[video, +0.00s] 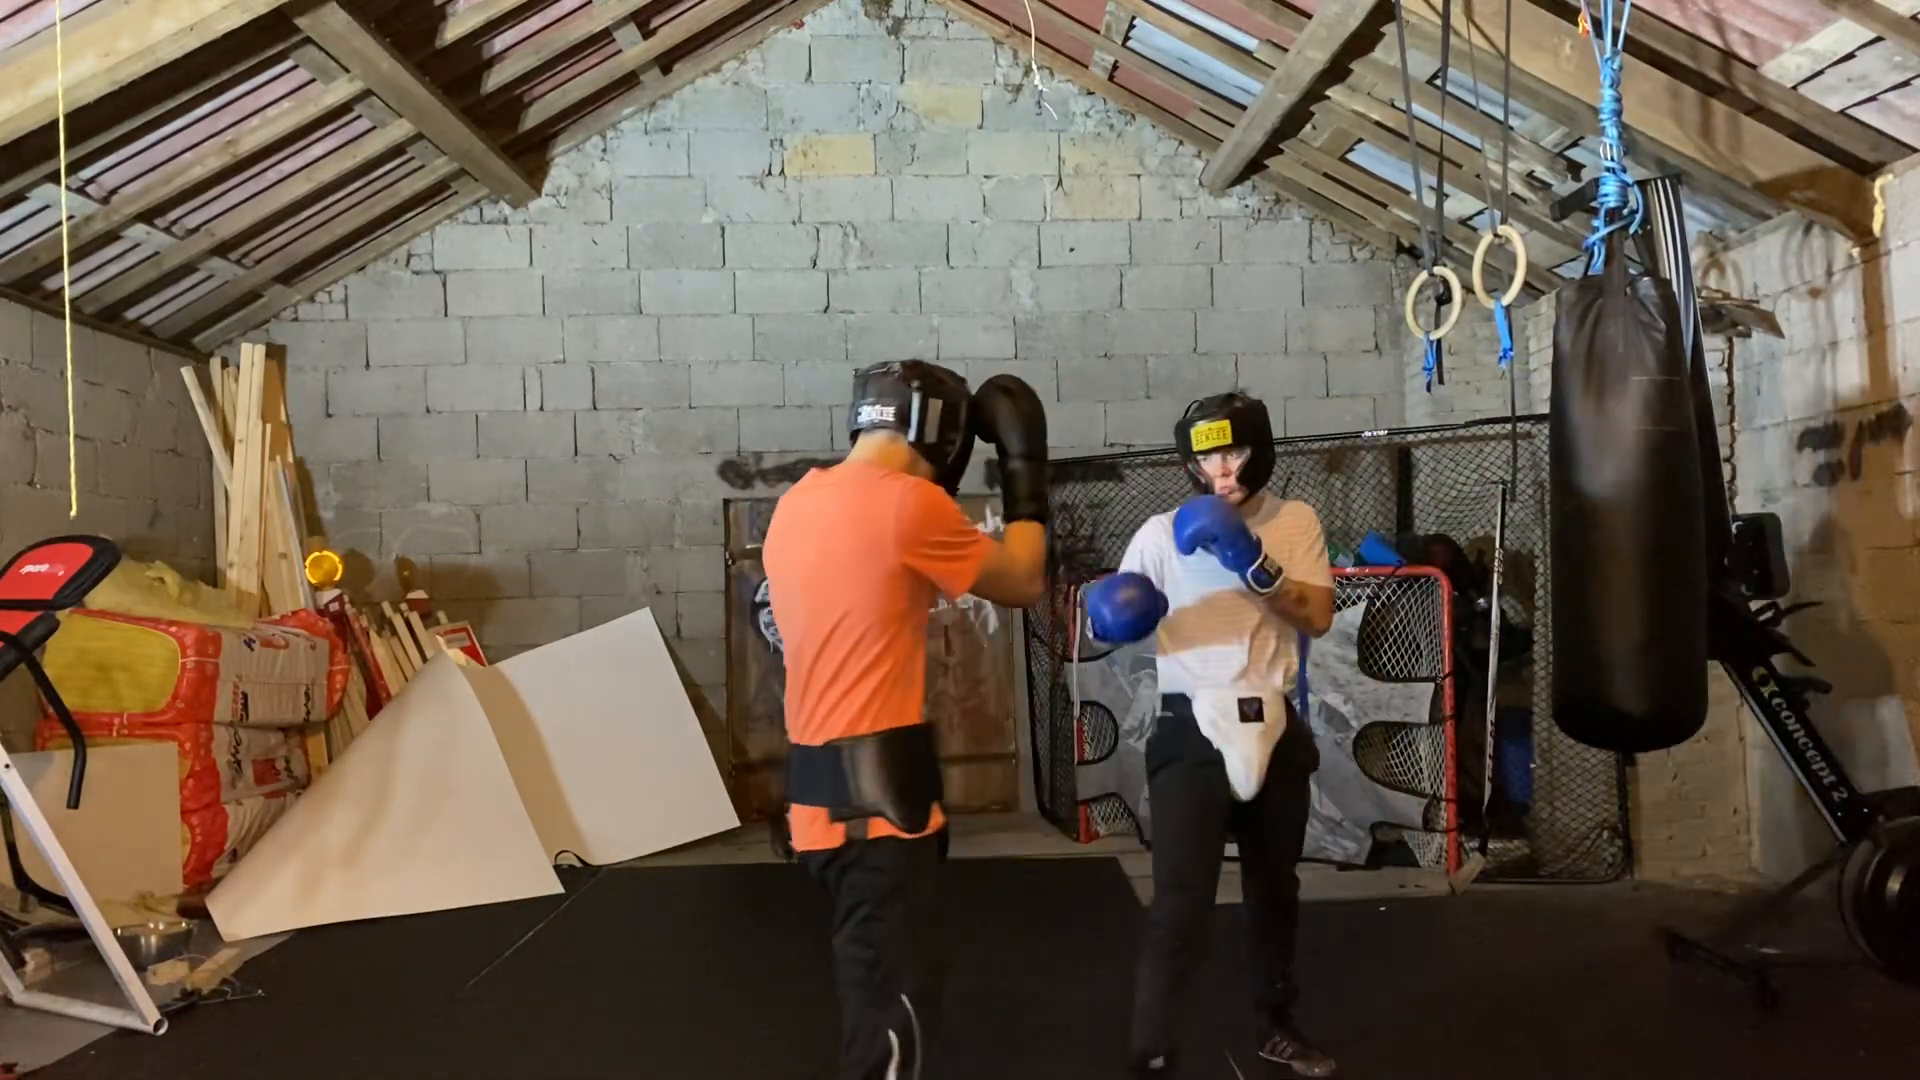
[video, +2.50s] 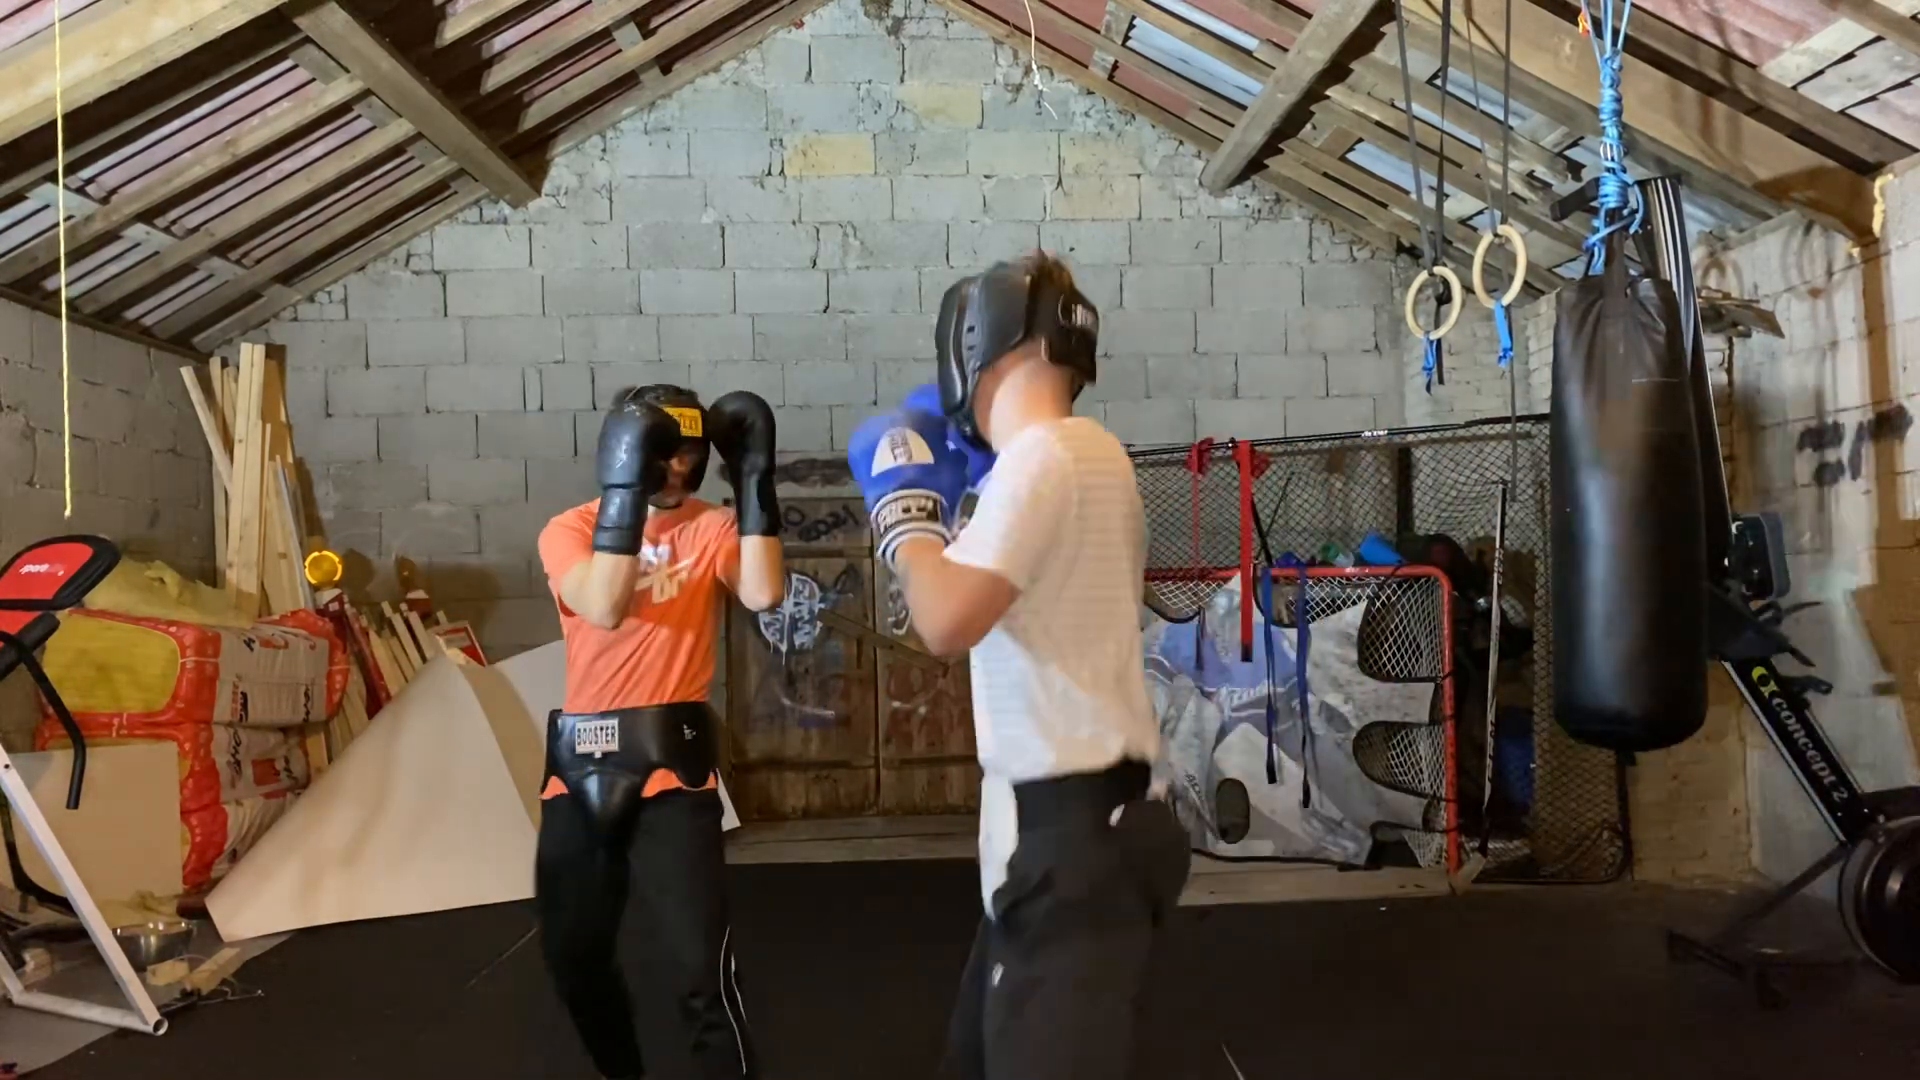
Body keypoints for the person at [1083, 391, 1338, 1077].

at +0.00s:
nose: (1226, 471)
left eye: (1237, 455)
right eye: (1211, 459)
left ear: (1261, 453)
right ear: (1192, 464)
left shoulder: (1294, 523)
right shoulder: (1161, 534)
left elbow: (1319, 614)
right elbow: (1114, 620)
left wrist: (1256, 569)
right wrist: (1108, 620)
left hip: (1277, 727)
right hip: (1187, 729)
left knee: (1273, 892)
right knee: (1180, 900)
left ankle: (1275, 1030)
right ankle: (1150, 1058)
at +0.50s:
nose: (1230, 451)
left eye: (1244, 432)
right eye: (1216, 434)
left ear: (1282, 433)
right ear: (1201, 441)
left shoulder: (1331, 503)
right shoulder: (1169, 513)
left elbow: (1354, 620)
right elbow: (1114, 614)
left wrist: (1270, 555)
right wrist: (1114, 620)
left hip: (1315, 733)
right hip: (1209, 737)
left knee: (1383, 922)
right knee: (1184, 936)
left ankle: (1436, 1054)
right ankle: (1156, 1068)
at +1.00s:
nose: (1280, 414)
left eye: (1291, 389)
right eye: (1274, 397)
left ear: (1348, 386)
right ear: (1285, 411)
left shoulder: (1442, 476)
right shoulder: (1282, 490)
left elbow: (1429, 594)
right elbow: (1255, 610)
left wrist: (1310, 501)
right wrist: (1192, 576)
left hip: (1423, 754)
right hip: (1306, 755)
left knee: (1452, 964)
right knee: (1265, 973)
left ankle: (1489, 1076)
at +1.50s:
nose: (1129, 398)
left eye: (1140, 371)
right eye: (1127, 376)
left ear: (1210, 368)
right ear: (1211, 369)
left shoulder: (1312, 460)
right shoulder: (1157, 482)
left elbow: (1297, 601)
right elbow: (1111, 574)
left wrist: (1173, 516)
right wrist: (1018, 533)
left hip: (1310, 765)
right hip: (1195, 770)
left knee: (1341, 1029)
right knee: (1184, 1022)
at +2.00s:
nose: (1048, 371)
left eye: (1055, 347)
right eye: (1047, 350)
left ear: (1089, 348)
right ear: (1146, 347)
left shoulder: (1204, 463)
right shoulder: (1124, 485)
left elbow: (1127, 618)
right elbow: (1102, 602)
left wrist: (1040, 513)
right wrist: (1026, 504)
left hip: (1213, 801)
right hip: (1127, 799)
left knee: (1252, 1054)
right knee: (1077, 1040)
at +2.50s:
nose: (953, 368)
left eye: (958, 345)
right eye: (952, 349)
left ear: (985, 343)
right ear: (1060, 348)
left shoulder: (1043, 461)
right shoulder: (1099, 456)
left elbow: (947, 620)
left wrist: (906, 513)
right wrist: (956, 505)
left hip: (1070, 829)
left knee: (1046, 1060)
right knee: (982, 1050)